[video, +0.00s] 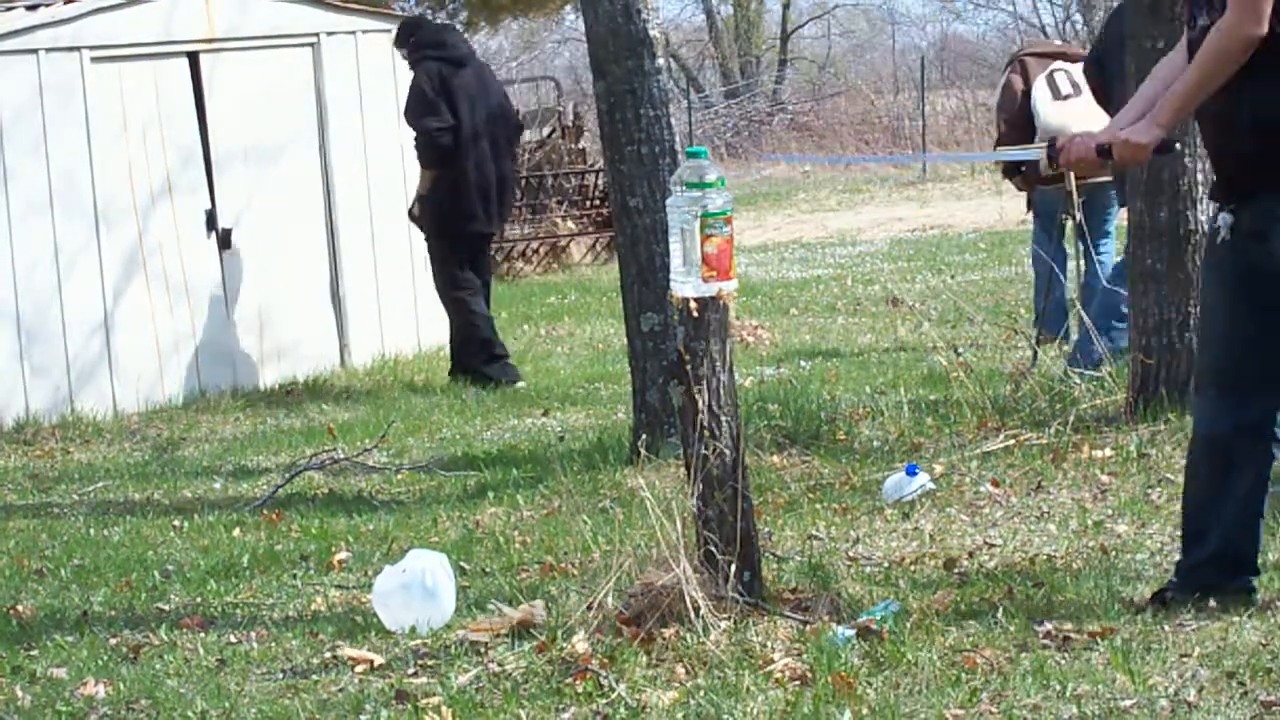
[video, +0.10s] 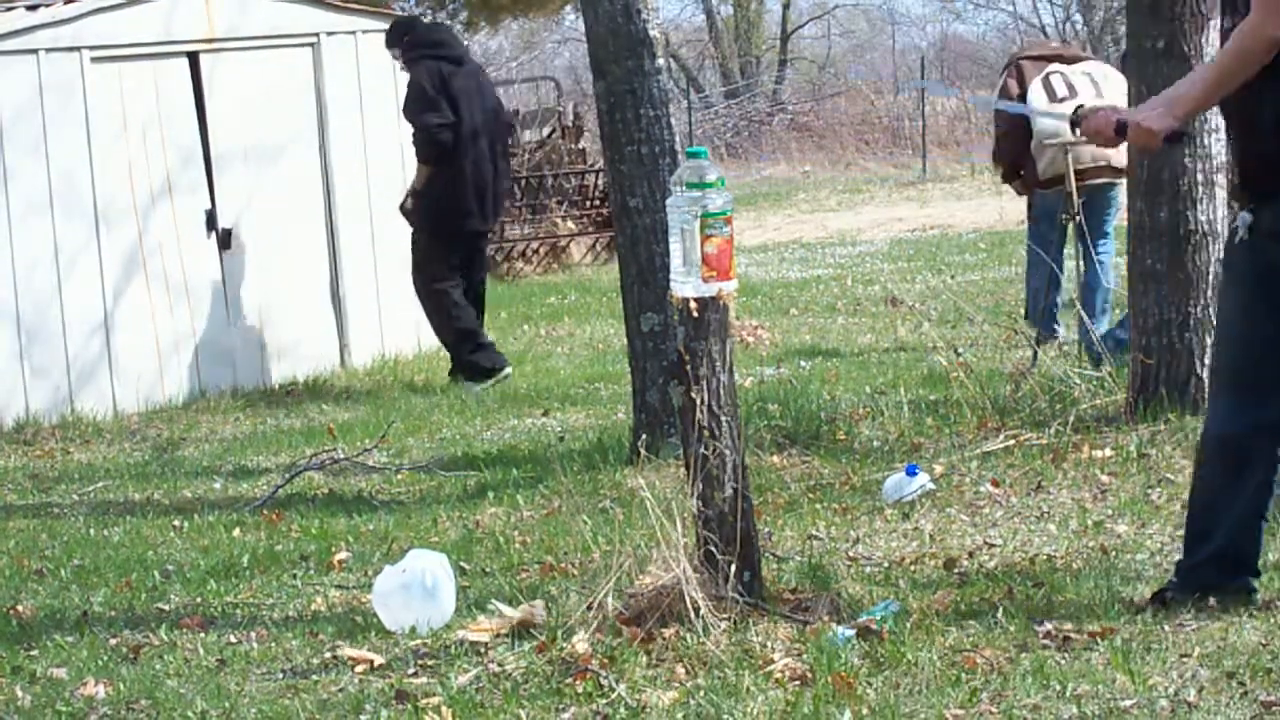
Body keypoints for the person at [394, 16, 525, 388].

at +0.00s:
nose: (405, 59)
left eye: (405, 52)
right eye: (403, 53)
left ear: (415, 45)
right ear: (438, 38)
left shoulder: (427, 72)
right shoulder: (479, 69)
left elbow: (435, 134)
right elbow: (510, 121)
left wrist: (422, 191)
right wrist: (499, 172)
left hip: (450, 194)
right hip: (488, 189)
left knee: (455, 283)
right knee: (475, 279)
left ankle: (496, 368)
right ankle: (466, 368)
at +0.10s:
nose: (400, 62)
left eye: (399, 55)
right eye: (397, 56)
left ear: (409, 46)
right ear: (429, 38)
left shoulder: (425, 70)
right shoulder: (471, 69)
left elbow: (435, 135)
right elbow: (502, 122)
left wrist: (416, 188)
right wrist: (492, 176)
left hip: (446, 194)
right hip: (481, 191)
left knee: (432, 277)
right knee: (469, 276)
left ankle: (483, 361)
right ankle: (465, 365)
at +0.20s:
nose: (390, 66)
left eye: (388, 56)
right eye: (386, 59)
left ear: (403, 44)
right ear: (417, 41)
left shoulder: (423, 70)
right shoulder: (462, 69)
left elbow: (436, 127)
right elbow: (494, 121)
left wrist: (413, 183)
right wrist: (472, 169)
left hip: (442, 196)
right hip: (475, 192)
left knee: (417, 277)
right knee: (463, 275)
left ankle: (462, 368)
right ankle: (470, 363)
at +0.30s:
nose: (381, 65)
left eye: (379, 56)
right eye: (376, 59)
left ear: (395, 43)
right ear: (400, 40)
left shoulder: (422, 69)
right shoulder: (451, 67)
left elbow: (439, 130)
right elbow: (479, 133)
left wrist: (408, 186)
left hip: (440, 200)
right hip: (472, 196)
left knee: (411, 283)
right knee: (458, 280)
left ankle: (431, 379)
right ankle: (469, 369)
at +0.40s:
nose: (372, 66)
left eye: (370, 57)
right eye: (367, 60)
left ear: (387, 43)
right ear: (389, 42)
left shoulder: (420, 69)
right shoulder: (436, 68)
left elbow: (440, 131)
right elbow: (463, 135)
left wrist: (406, 187)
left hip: (435, 201)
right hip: (460, 199)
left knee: (409, 288)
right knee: (454, 288)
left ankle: (398, 381)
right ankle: (470, 374)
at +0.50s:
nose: (360, 69)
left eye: (360, 60)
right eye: (356, 63)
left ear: (378, 47)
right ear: (378, 47)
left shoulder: (413, 74)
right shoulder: (418, 70)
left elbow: (436, 140)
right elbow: (432, 142)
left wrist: (402, 195)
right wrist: (403, 192)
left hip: (430, 211)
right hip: (441, 209)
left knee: (406, 296)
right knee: (449, 296)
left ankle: (379, 384)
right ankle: (470, 375)